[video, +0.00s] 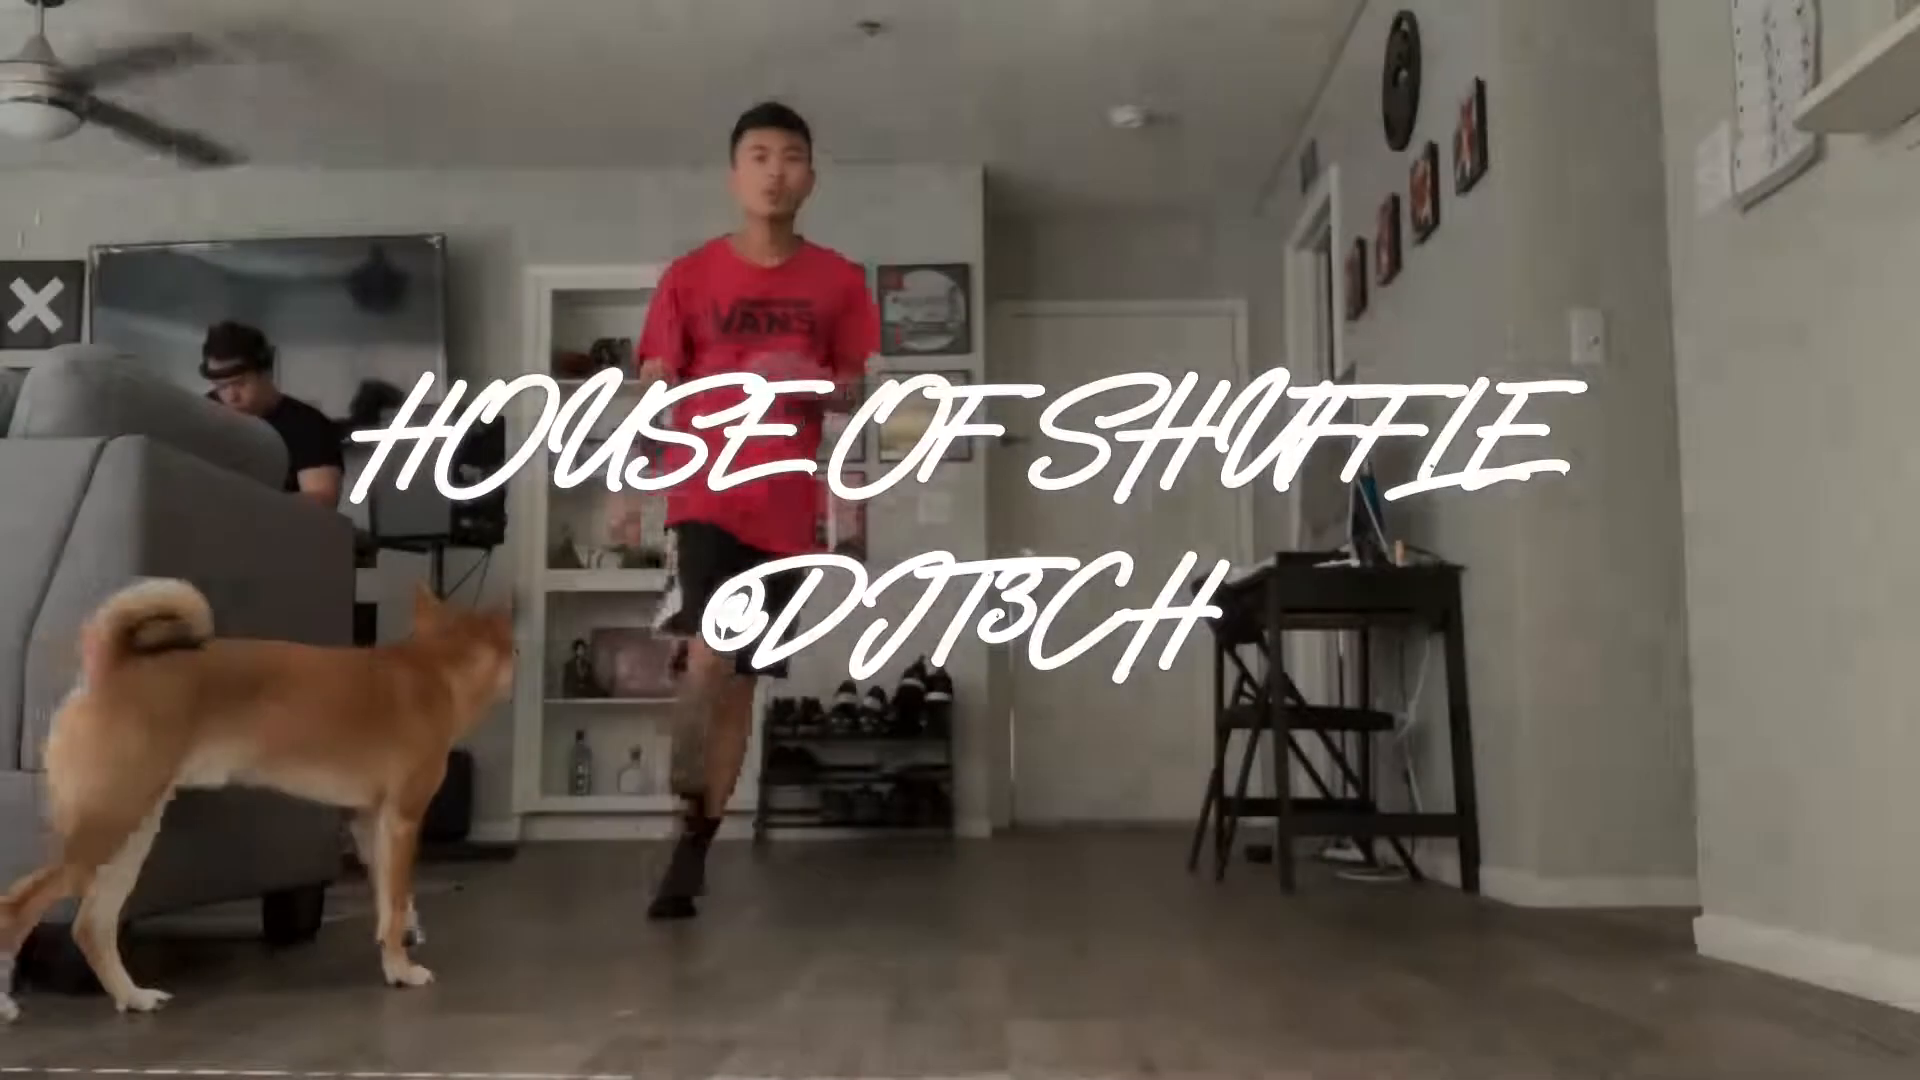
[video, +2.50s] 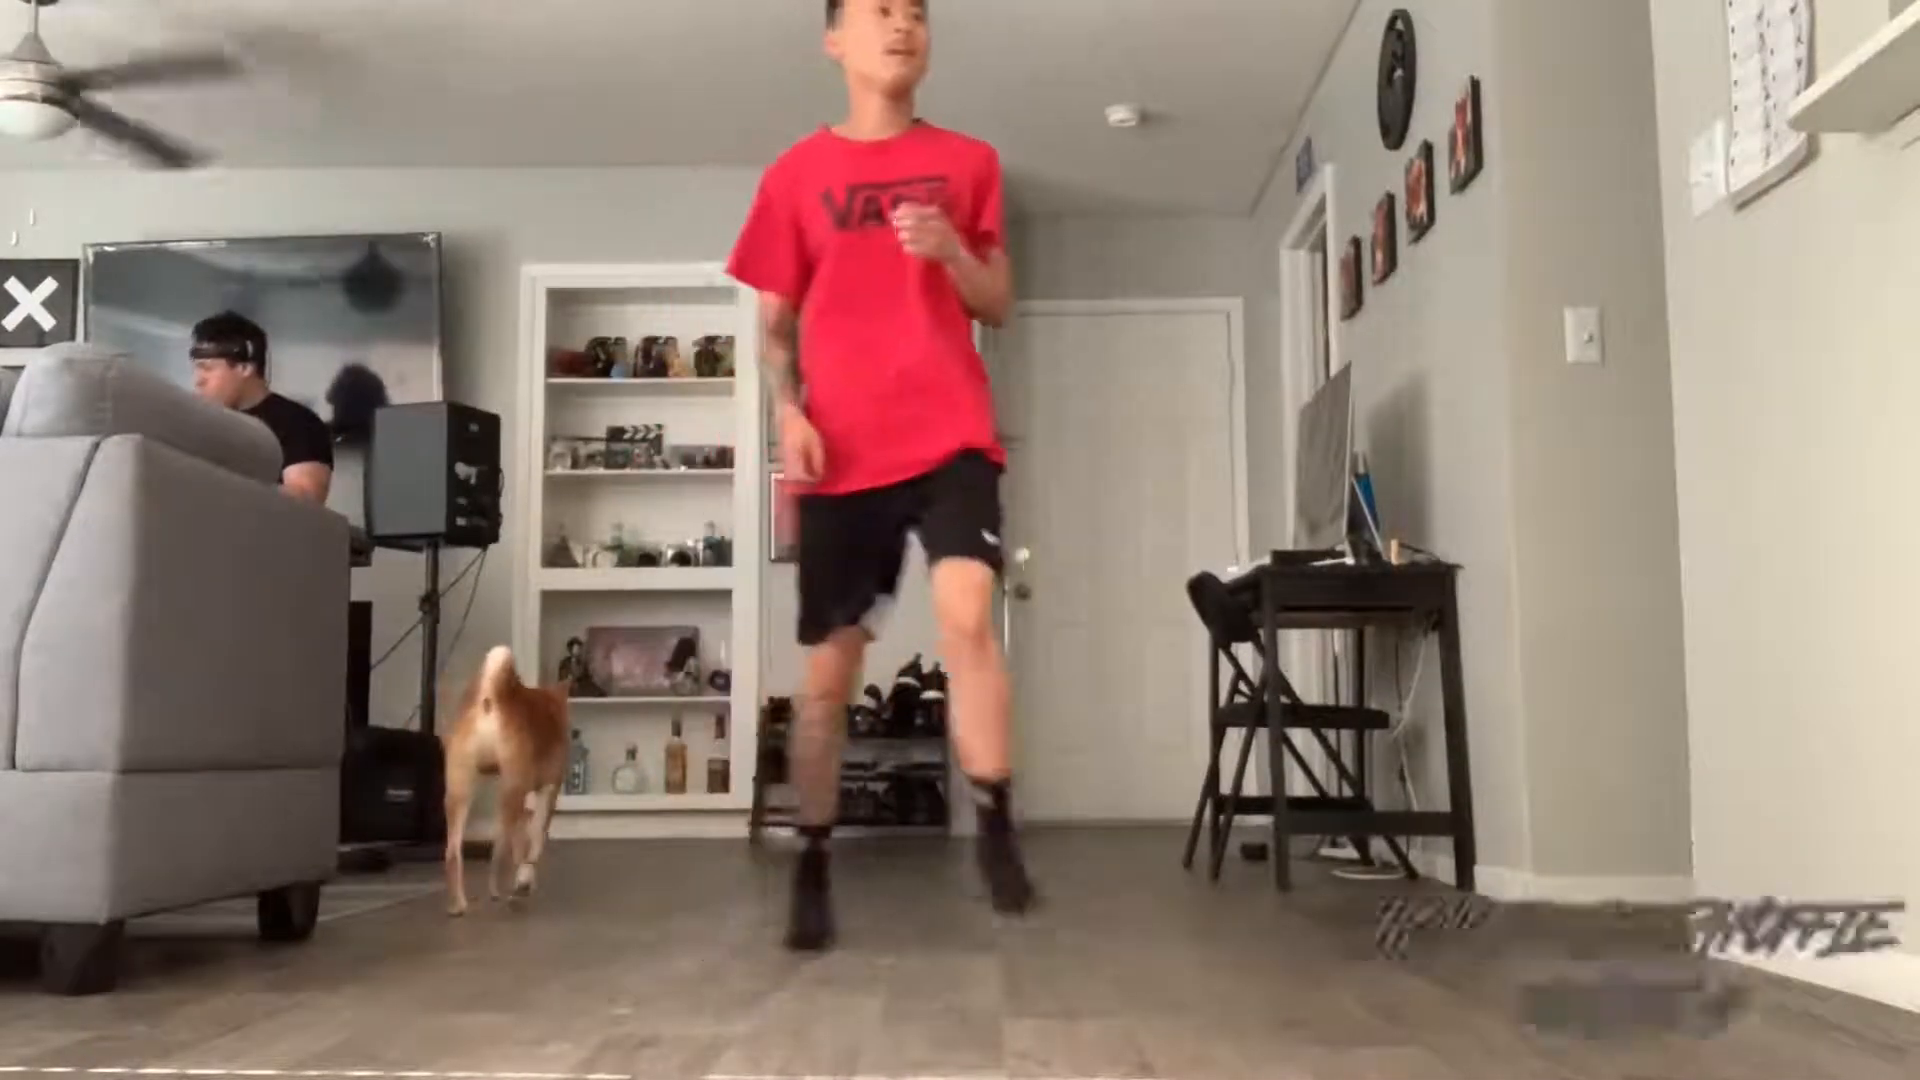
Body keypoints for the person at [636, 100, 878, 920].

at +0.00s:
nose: (776, 170)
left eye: (791, 158)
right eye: (760, 157)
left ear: (811, 177)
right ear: (732, 173)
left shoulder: (839, 281)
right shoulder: (688, 277)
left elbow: (862, 397)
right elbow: (652, 393)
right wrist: (628, 484)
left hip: (793, 503)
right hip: (705, 495)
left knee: (740, 682)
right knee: (709, 657)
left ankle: (695, 850)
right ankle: (691, 824)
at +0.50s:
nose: (935, 147)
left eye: (940, 136)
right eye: (916, 132)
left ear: (941, 162)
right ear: (864, 154)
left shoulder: (946, 267)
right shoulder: (841, 240)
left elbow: (953, 385)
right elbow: (792, 369)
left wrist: (969, 460)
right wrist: (841, 442)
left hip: (948, 516)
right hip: (868, 518)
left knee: (1010, 666)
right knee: (854, 690)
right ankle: (801, 875)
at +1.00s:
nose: (968, 119)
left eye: (977, 107)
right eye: (949, 105)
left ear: (985, 134)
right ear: (908, 129)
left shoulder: (983, 245)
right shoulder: (874, 215)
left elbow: (980, 370)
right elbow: (821, 333)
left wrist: (1007, 327)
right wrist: (902, 387)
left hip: (989, 490)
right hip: (912, 487)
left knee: (1026, 660)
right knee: (912, 661)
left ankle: (1016, 849)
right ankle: (822, 844)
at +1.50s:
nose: (845, 77)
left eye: (864, 66)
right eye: (830, 66)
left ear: (894, 98)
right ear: (809, 98)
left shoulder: (932, 204)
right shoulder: (769, 205)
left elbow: (957, 333)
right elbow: (736, 328)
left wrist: (907, 362)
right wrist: (781, 356)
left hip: (888, 469)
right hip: (789, 467)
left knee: (875, 656)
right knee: (788, 640)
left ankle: (858, 855)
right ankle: (813, 837)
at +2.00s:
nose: (789, 48)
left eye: (814, 37)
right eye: (779, 35)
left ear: (853, 73)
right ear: (760, 63)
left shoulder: (879, 191)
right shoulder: (708, 174)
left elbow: (902, 338)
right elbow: (662, 308)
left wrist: (871, 460)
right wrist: (691, 367)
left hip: (793, 437)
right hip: (693, 435)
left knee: (699, 621)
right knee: (694, 651)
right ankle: (765, 871)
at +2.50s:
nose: (903, 29)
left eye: (914, 16)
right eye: (879, 15)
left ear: (930, 42)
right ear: (833, 43)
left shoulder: (968, 163)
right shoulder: (798, 172)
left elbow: (997, 299)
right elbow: (773, 324)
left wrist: (952, 250)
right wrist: (786, 409)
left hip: (951, 434)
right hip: (842, 448)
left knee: (969, 617)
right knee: (830, 666)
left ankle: (995, 833)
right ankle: (812, 867)